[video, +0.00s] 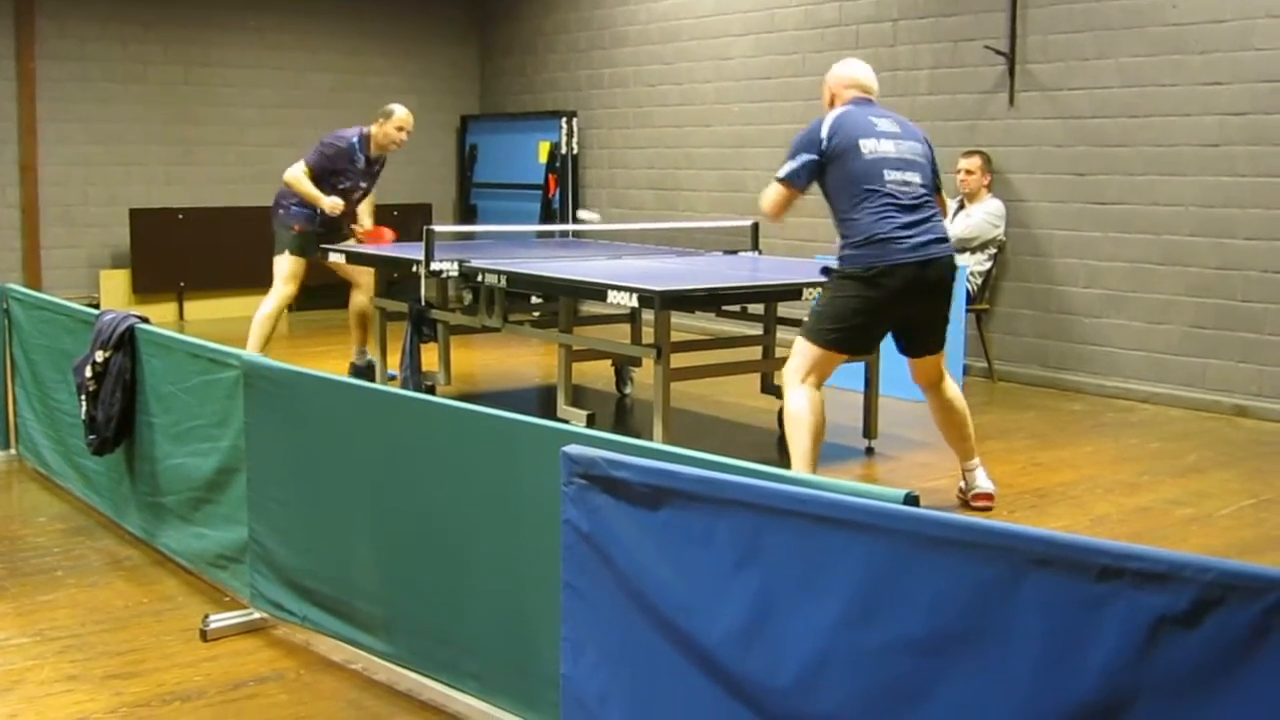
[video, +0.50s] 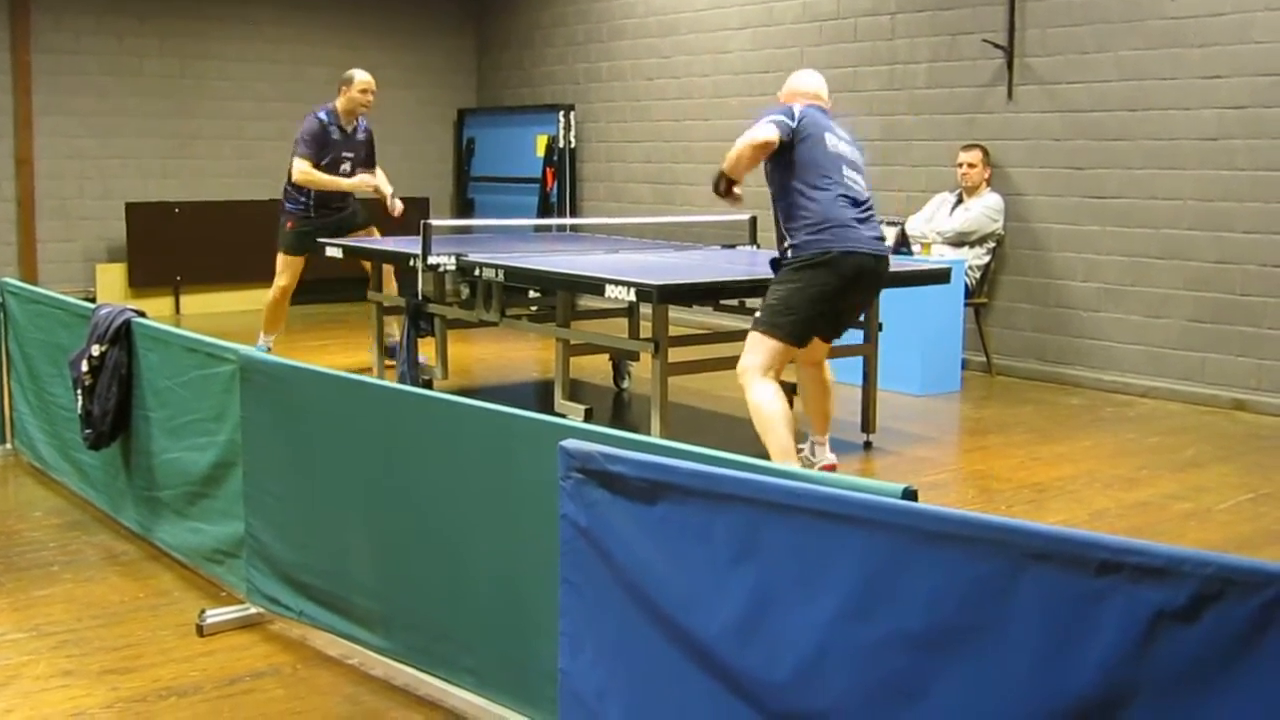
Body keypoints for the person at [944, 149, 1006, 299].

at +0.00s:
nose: (962, 178)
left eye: (969, 173)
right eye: (959, 172)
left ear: (986, 179)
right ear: (955, 175)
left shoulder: (994, 209)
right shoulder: (951, 206)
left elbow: (959, 238)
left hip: (963, 283)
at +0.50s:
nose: (964, 171)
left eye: (971, 166)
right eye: (960, 166)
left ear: (986, 172)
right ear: (956, 170)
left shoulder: (993, 203)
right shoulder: (944, 198)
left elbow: (961, 231)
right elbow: (911, 226)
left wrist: (924, 230)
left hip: (957, 278)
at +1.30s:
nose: (954, 167)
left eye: (961, 162)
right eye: (952, 161)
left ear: (980, 167)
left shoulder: (990, 197)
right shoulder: (946, 194)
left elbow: (955, 225)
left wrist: (919, 225)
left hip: (956, 273)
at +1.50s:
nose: (957, 166)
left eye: (964, 161)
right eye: (954, 160)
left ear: (981, 166)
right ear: (950, 161)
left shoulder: (989, 196)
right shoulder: (958, 192)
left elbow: (948, 224)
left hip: (958, 272)